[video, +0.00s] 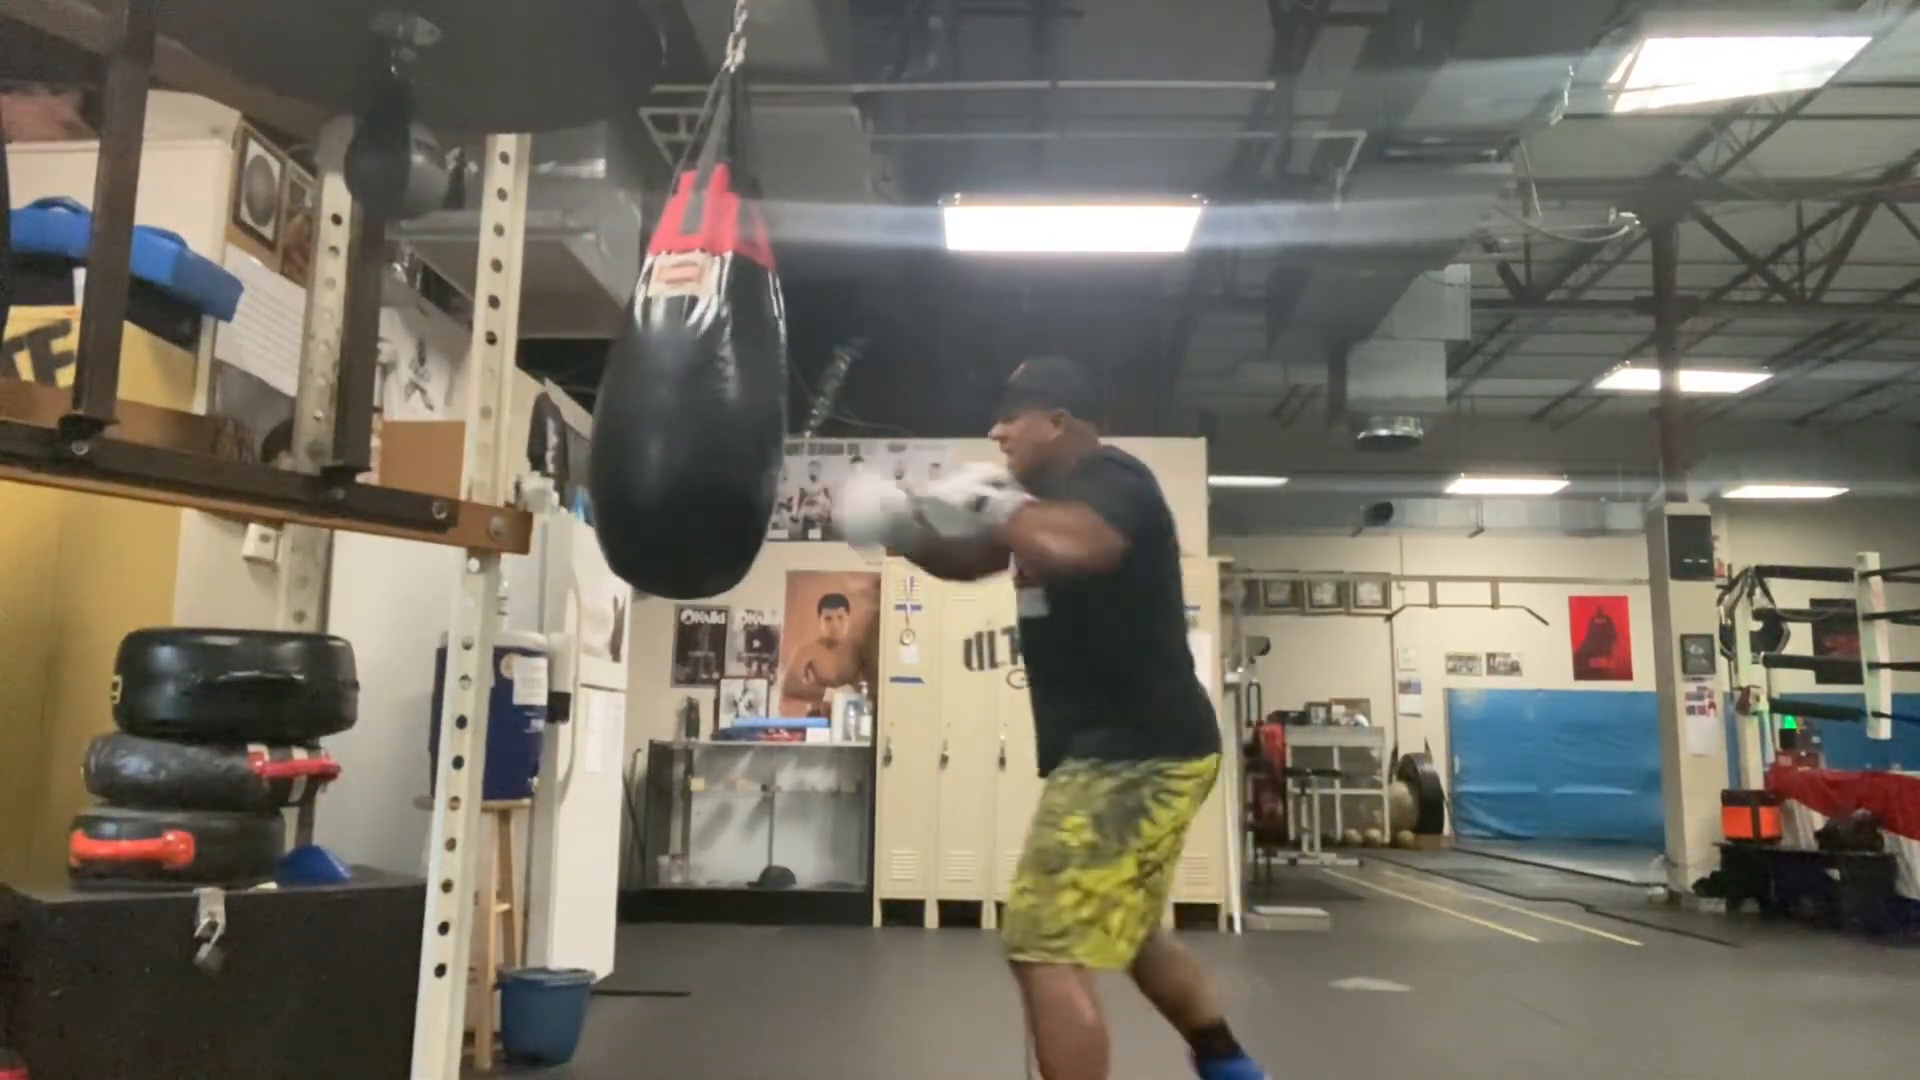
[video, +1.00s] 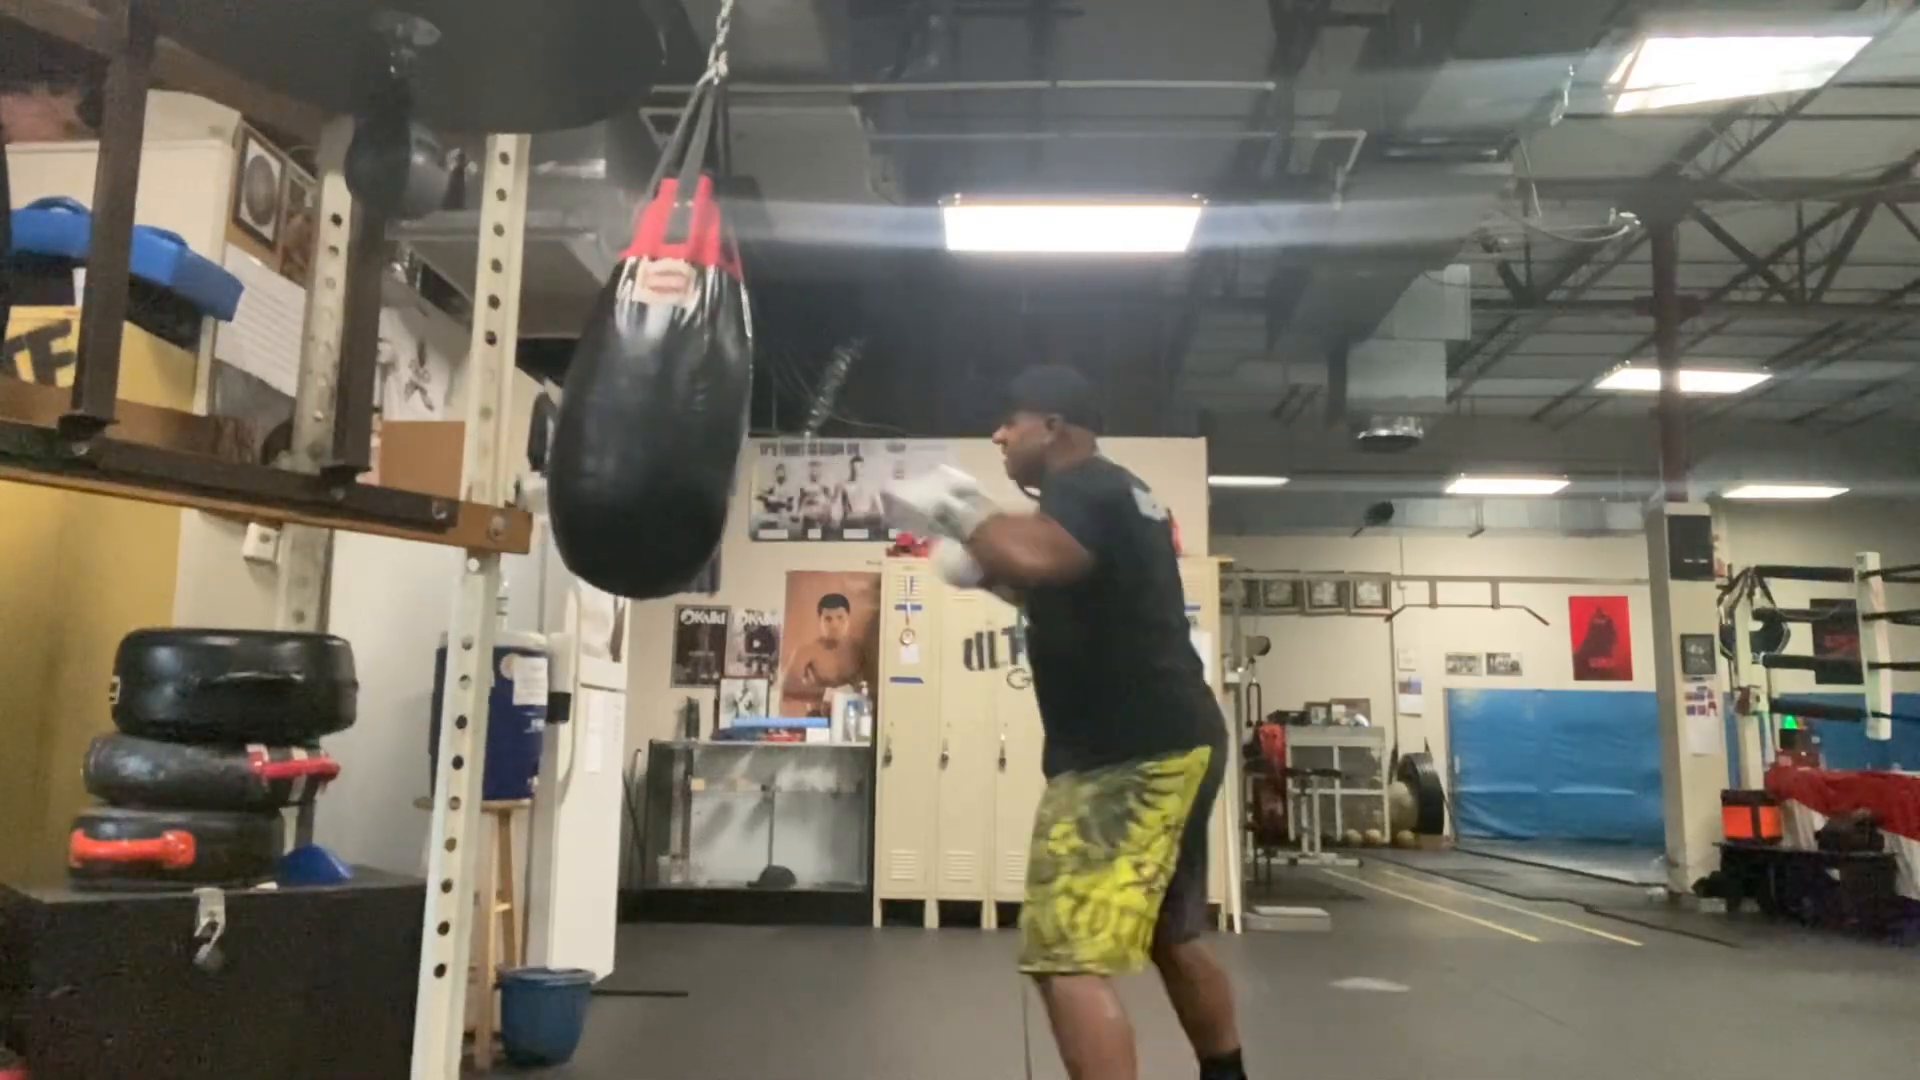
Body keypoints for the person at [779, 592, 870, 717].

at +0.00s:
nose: (835, 625)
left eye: (840, 617)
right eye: (828, 619)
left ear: (848, 619)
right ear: (819, 620)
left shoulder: (856, 651)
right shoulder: (806, 651)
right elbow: (789, 688)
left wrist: (816, 686)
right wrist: (828, 694)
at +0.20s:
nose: (834, 625)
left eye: (840, 618)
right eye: (828, 619)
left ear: (848, 620)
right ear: (819, 621)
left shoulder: (859, 650)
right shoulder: (807, 651)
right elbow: (789, 688)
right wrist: (825, 693)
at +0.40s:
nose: (834, 625)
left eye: (840, 618)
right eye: (828, 619)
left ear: (848, 620)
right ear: (819, 621)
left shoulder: (859, 650)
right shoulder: (806, 652)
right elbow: (789, 687)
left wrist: (818, 686)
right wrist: (825, 692)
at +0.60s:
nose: (834, 625)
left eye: (840, 618)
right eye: (828, 618)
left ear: (848, 620)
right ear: (819, 621)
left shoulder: (858, 651)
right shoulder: (806, 651)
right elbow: (789, 687)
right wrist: (825, 692)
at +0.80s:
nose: (834, 624)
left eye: (840, 618)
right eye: (828, 618)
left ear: (848, 620)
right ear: (819, 621)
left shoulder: (858, 651)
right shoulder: (806, 652)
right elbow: (788, 687)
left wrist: (817, 686)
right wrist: (825, 692)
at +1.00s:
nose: (834, 624)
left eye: (840, 618)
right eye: (828, 618)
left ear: (848, 620)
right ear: (819, 621)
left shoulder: (857, 651)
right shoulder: (806, 652)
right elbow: (788, 687)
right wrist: (824, 692)